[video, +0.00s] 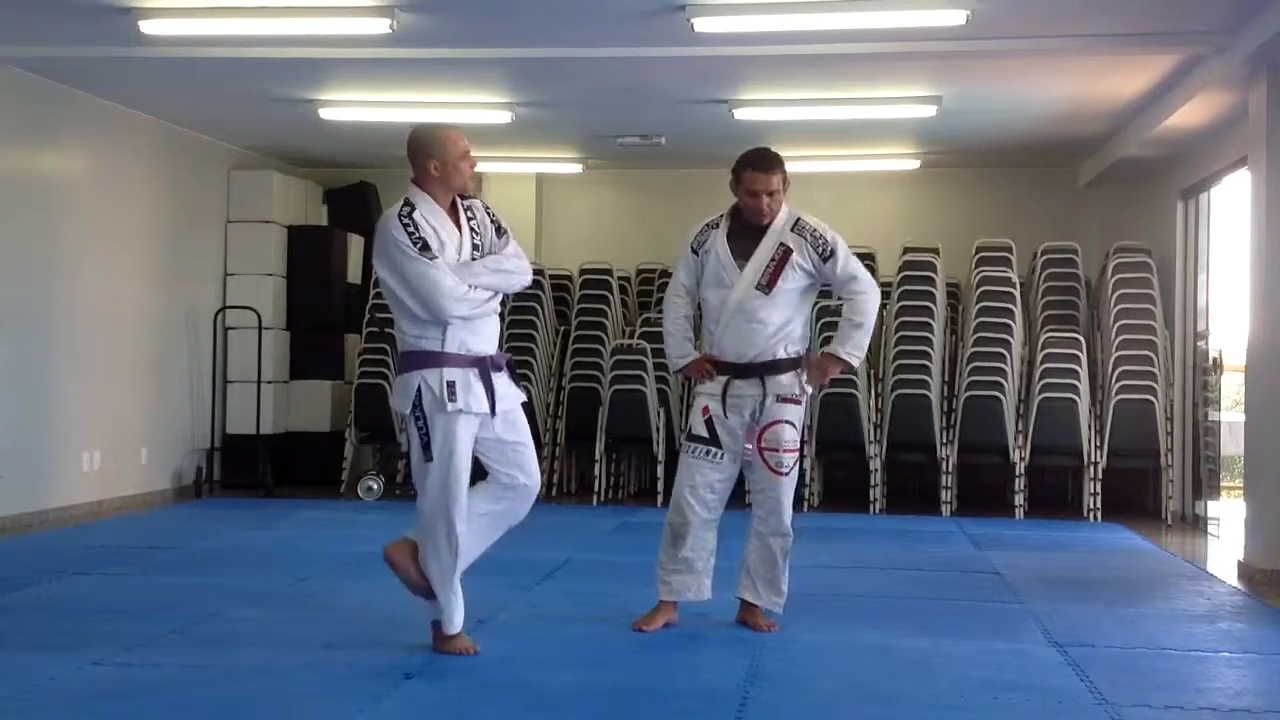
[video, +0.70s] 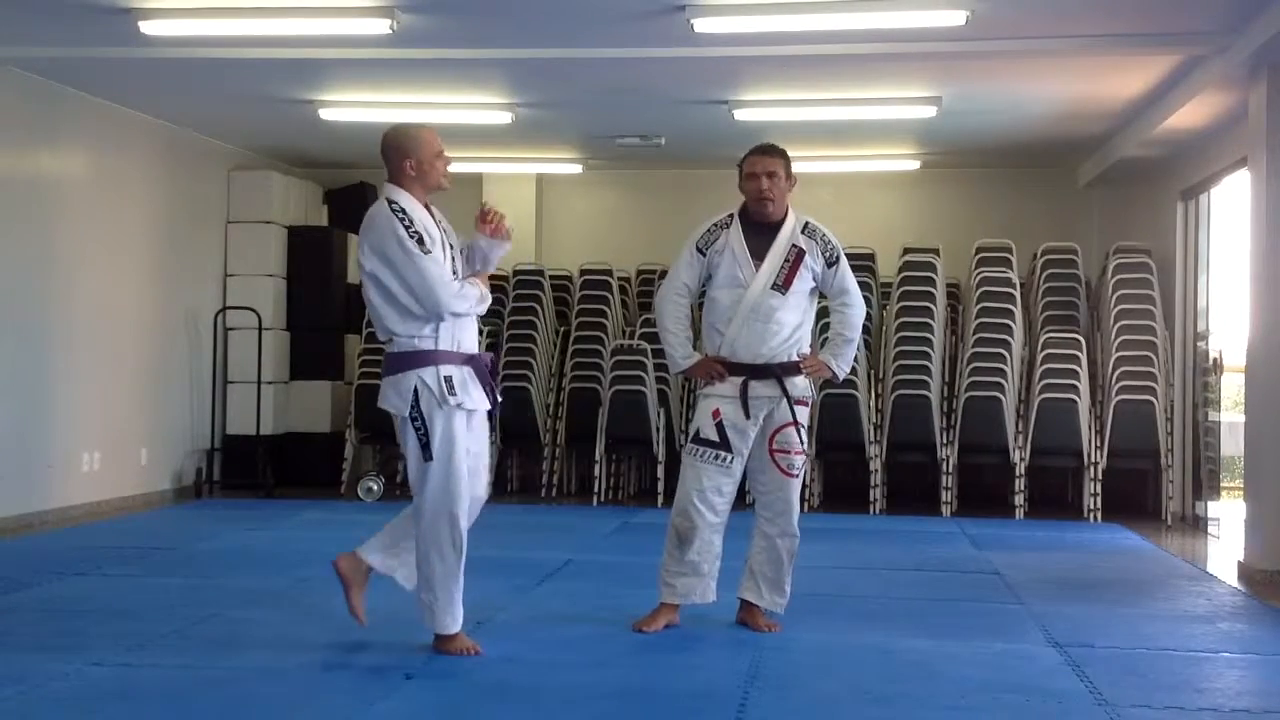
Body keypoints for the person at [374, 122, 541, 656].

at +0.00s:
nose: (475, 165)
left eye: (472, 157)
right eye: (466, 159)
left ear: (444, 167)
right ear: (433, 168)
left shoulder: (477, 213)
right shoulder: (398, 227)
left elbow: (521, 271)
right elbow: (446, 301)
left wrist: (457, 273)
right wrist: (494, 290)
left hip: (489, 373)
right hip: (435, 377)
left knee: (520, 482)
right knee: (444, 501)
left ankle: (420, 554)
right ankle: (449, 626)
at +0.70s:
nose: (448, 165)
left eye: (446, 157)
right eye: (440, 158)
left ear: (415, 166)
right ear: (411, 167)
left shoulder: (427, 216)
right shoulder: (389, 218)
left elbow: (466, 277)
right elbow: (439, 296)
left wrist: (488, 241)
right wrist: (479, 292)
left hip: (460, 373)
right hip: (428, 376)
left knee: (471, 490)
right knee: (444, 501)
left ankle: (364, 562)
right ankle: (446, 629)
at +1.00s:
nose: (431, 168)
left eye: (428, 158)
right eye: (420, 159)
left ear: (393, 168)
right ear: (388, 168)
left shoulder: (413, 219)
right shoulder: (359, 220)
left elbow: (469, 266)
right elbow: (413, 299)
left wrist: (432, 274)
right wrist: (448, 295)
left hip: (414, 376)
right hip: (382, 378)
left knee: (385, 497)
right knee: (414, 501)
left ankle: (322, 600)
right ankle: (440, 624)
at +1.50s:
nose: (411, 165)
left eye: (409, 157)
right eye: (402, 156)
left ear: (377, 165)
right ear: (369, 164)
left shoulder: (395, 223)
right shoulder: (341, 212)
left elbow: (435, 288)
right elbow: (380, 294)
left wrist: (387, 269)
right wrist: (418, 290)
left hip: (379, 374)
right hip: (347, 373)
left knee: (342, 493)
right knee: (364, 501)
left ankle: (309, 609)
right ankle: (356, 633)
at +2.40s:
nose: (433, 159)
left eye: (431, 150)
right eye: (423, 151)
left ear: (399, 156)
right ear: (391, 157)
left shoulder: (421, 212)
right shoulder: (360, 213)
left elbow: (455, 275)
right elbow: (402, 303)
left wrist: (406, 273)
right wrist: (438, 284)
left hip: (406, 375)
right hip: (360, 376)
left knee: (423, 490)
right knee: (363, 502)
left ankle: (374, 602)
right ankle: (348, 635)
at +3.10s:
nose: (502, 180)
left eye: (502, 170)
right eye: (497, 170)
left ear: (472, 171)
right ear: (466, 171)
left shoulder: (489, 224)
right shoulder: (416, 221)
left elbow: (525, 288)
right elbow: (451, 300)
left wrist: (465, 276)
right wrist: (499, 300)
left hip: (484, 375)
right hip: (432, 372)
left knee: (485, 494)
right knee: (432, 485)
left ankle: (455, 614)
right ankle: (378, 619)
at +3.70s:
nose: (537, 191)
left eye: (539, 181)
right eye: (534, 180)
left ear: (509, 174)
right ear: (505, 174)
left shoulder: (512, 232)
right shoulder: (452, 215)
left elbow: (549, 305)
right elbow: (483, 299)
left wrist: (541, 289)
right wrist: (526, 308)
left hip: (499, 388)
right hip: (454, 386)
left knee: (497, 507)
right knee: (453, 508)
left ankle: (466, 617)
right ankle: (439, 633)